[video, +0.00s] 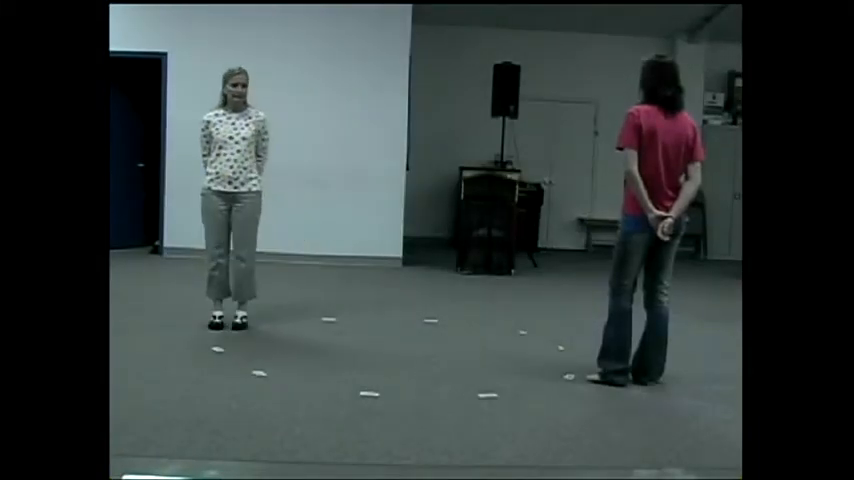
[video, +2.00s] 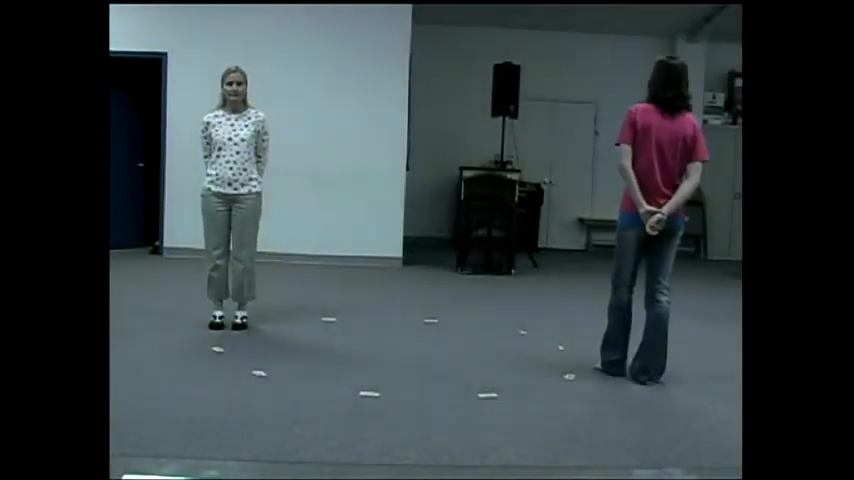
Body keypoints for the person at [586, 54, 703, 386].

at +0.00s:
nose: (642, 86)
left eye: (643, 80)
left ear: (647, 84)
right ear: (676, 85)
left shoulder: (638, 116)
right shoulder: (689, 124)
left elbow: (631, 168)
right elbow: (694, 178)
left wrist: (651, 210)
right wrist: (673, 216)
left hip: (638, 219)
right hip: (672, 220)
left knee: (622, 291)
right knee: (658, 293)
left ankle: (614, 368)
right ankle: (649, 370)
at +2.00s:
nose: (655, 84)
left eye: (655, 78)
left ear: (653, 83)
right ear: (685, 87)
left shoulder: (637, 114)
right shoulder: (692, 124)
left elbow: (625, 163)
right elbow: (693, 178)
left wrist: (643, 207)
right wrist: (665, 212)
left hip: (635, 215)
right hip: (671, 218)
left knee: (621, 289)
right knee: (660, 294)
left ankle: (613, 361)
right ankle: (648, 369)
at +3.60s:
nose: (581, 97)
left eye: (582, 92)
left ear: (582, 96)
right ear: (608, 97)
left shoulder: (574, 126)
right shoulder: (618, 128)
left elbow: (572, 169)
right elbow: (624, 172)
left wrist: (590, 202)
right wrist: (608, 205)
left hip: (582, 208)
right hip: (610, 208)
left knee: (577, 266)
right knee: (605, 270)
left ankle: (586, 326)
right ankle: (598, 330)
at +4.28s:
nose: (558, 100)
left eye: (560, 97)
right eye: (563, 96)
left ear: (561, 101)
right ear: (584, 102)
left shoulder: (553, 128)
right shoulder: (590, 132)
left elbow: (548, 168)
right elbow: (594, 173)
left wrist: (562, 200)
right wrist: (579, 202)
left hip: (552, 201)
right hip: (577, 203)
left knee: (547, 260)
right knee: (565, 257)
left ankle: (545, 317)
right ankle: (567, 313)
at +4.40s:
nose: (557, 98)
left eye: (559, 94)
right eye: (560, 93)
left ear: (562, 99)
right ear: (583, 100)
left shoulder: (553, 126)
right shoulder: (590, 130)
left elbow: (549, 165)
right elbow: (595, 171)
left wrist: (565, 197)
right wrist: (583, 198)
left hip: (554, 200)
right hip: (579, 201)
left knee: (547, 260)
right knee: (567, 256)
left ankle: (546, 318)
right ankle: (582, 316)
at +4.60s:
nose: (557, 96)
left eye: (559, 92)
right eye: (559, 91)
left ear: (565, 97)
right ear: (585, 97)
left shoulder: (558, 123)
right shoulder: (594, 126)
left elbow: (563, 159)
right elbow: (605, 162)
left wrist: (583, 190)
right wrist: (599, 190)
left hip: (569, 199)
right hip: (595, 199)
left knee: (561, 260)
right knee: (594, 258)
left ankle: (548, 318)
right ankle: (610, 324)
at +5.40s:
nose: (537, 98)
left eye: (540, 94)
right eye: (539, 93)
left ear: (547, 98)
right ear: (562, 100)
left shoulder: (541, 124)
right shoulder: (569, 128)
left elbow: (548, 161)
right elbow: (576, 167)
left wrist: (563, 191)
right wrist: (574, 194)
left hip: (546, 199)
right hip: (563, 199)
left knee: (560, 258)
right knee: (543, 257)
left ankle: (578, 316)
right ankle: (529, 312)